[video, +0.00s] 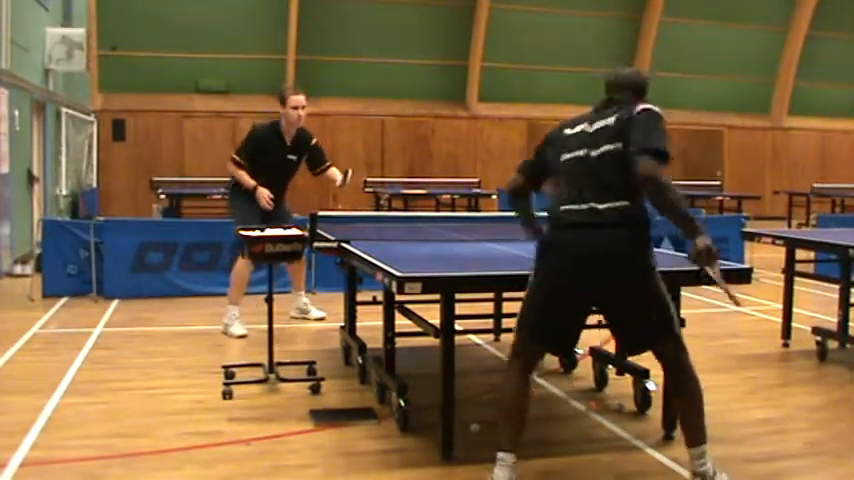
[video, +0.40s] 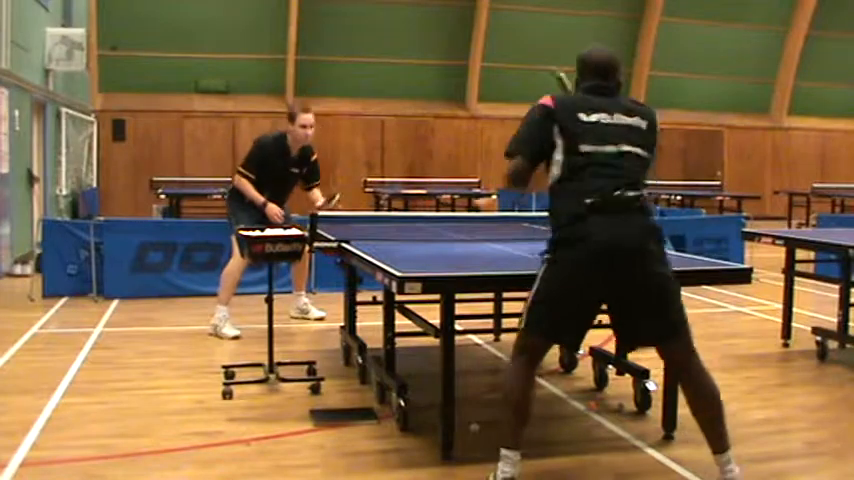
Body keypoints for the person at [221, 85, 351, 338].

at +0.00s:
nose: (300, 113)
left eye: (303, 108)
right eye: (295, 108)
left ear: (307, 110)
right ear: (282, 110)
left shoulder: (305, 139)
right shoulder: (261, 134)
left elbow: (325, 167)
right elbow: (233, 166)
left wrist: (338, 178)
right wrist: (256, 189)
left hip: (275, 198)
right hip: (246, 196)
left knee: (294, 243)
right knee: (250, 248)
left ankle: (299, 302)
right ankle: (232, 315)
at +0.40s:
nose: (309, 132)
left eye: (312, 127)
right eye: (304, 127)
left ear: (314, 128)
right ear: (290, 127)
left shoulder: (307, 154)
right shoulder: (267, 145)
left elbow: (312, 186)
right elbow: (240, 180)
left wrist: (319, 201)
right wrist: (265, 205)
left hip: (275, 205)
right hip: (245, 201)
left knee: (302, 245)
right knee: (243, 252)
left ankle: (300, 302)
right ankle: (220, 316)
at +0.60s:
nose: (319, 145)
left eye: (322, 140)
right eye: (315, 139)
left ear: (323, 140)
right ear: (300, 137)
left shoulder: (311, 164)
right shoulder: (273, 153)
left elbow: (307, 192)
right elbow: (242, 185)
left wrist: (319, 193)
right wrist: (267, 211)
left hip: (274, 207)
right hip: (244, 201)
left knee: (304, 246)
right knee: (243, 255)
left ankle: (300, 303)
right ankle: (219, 316)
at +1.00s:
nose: (329, 126)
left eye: (332, 121)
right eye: (324, 121)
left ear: (334, 123)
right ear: (310, 122)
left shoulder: (328, 151)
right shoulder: (287, 141)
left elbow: (349, 177)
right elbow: (257, 170)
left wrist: (364, 178)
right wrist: (280, 198)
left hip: (285, 203)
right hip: (257, 196)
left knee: (314, 242)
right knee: (251, 248)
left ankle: (302, 302)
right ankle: (228, 314)